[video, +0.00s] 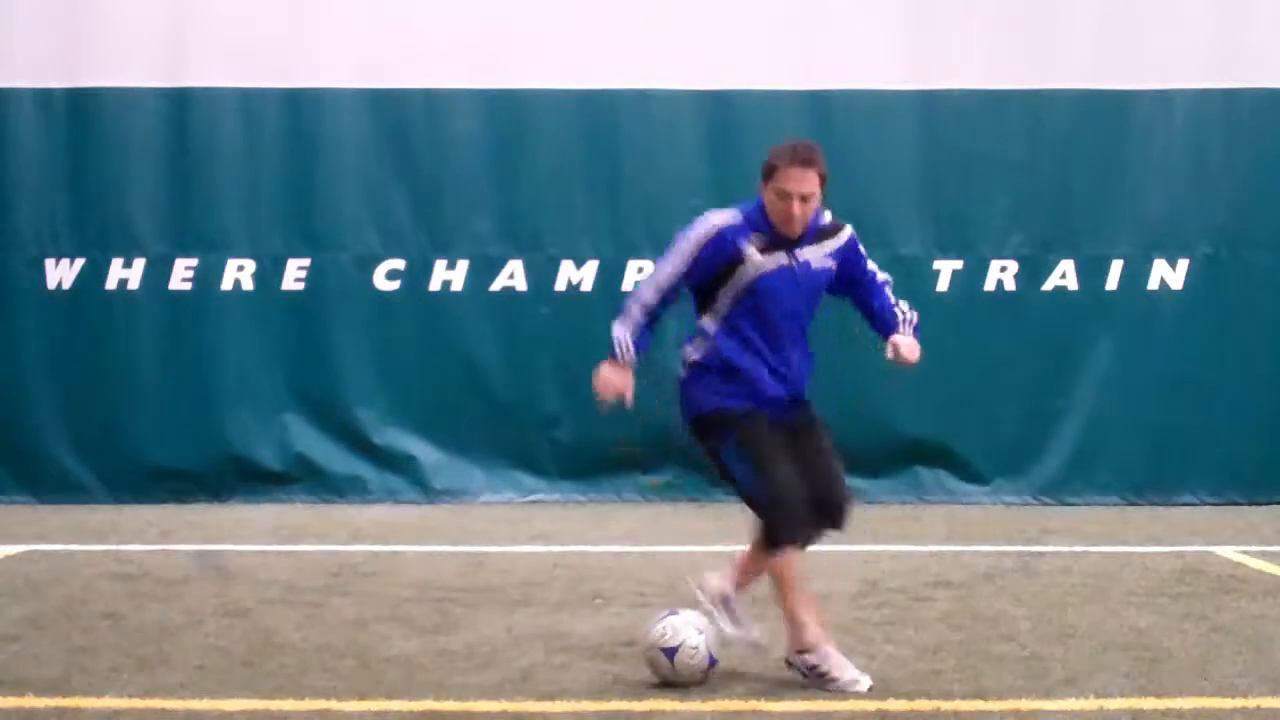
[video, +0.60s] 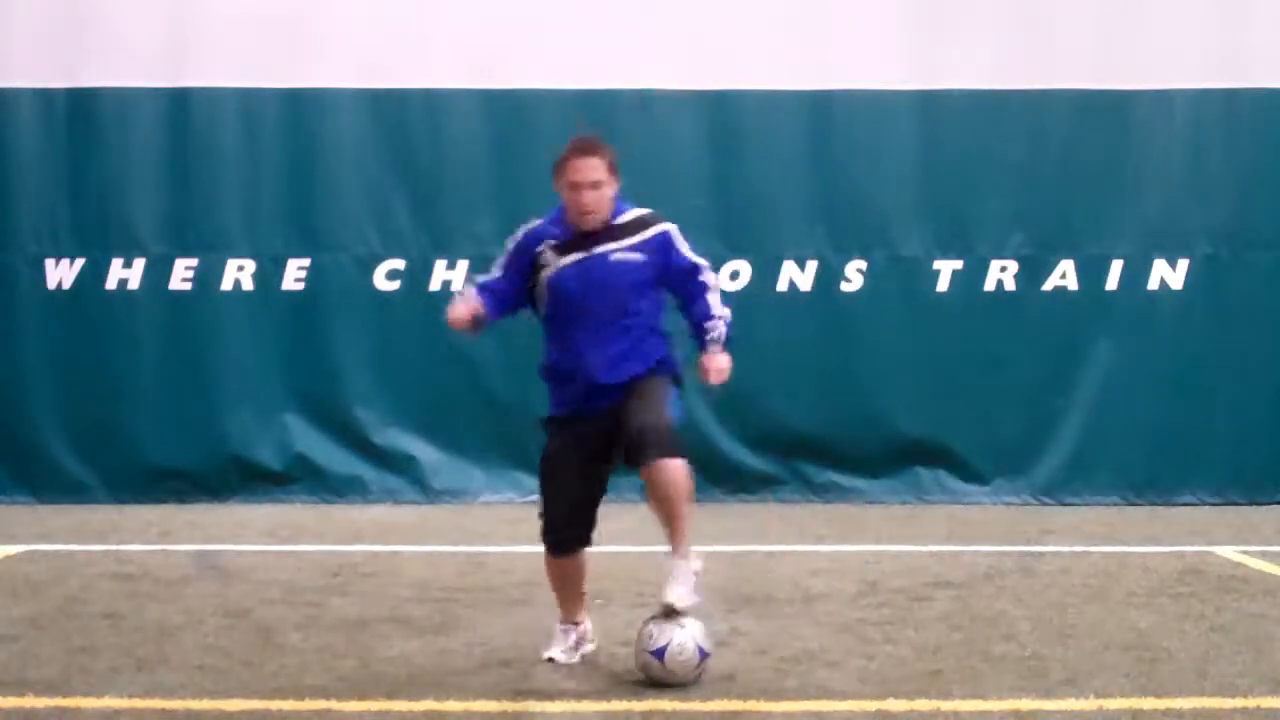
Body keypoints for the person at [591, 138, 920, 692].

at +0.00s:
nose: (796, 211)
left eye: (807, 199)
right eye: (784, 198)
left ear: (820, 196)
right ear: (763, 191)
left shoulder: (835, 238)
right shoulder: (722, 233)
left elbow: (870, 287)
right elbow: (654, 289)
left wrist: (899, 329)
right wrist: (622, 354)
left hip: (785, 396)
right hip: (722, 395)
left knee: (824, 504)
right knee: (784, 507)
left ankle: (726, 585)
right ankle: (808, 647)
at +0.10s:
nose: (778, 197)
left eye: (790, 185)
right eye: (768, 183)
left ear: (806, 183)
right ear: (749, 177)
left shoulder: (820, 227)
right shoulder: (708, 219)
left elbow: (859, 288)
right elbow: (642, 269)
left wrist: (886, 341)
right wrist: (623, 342)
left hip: (770, 391)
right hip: (698, 388)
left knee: (780, 511)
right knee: (718, 504)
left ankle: (783, 626)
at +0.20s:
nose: (743, 200)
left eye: (754, 189)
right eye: (733, 188)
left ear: (773, 190)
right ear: (717, 187)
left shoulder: (797, 241)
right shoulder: (682, 235)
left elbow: (832, 306)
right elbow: (631, 291)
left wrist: (850, 354)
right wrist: (624, 336)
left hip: (755, 409)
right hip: (678, 403)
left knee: (770, 528)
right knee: (650, 497)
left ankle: (775, 637)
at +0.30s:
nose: (700, 174)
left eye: (712, 165)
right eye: (691, 164)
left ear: (733, 168)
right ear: (676, 165)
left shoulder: (761, 213)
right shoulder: (645, 213)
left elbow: (787, 281)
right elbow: (602, 269)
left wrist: (795, 332)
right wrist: (595, 309)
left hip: (734, 394)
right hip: (655, 387)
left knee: (760, 515)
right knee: (597, 489)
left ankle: (776, 630)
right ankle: (545, 611)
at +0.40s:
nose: (658, 159)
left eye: (669, 148)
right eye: (648, 149)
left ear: (691, 147)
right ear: (633, 150)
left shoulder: (725, 197)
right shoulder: (606, 202)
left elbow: (753, 261)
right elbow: (561, 262)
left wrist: (761, 322)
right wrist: (552, 309)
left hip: (706, 370)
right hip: (626, 373)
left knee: (741, 473)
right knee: (579, 482)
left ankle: (754, 575)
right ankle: (564, 603)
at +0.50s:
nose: (620, 180)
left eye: (631, 168)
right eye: (609, 170)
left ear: (651, 168)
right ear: (593, 173)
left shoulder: (685, 215)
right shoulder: (569, 225)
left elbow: (723, 271)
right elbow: (525, 279)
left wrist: (732, 328)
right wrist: (510, 318)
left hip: (672, 373)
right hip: (599, 389)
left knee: (705, 443)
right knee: (576, 516)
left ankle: (706, 561)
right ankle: (574, 624)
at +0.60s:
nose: (585, 197)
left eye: (595, 185)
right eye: (574, 187)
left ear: (614, 186)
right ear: (559, 190)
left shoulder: (650, 232)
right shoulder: (537, 243)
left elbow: (699, 286)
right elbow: (502, 289)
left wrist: (714, 341)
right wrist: (476, 304)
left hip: (642, 382)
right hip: (574, 400)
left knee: (656, 445)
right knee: (561, 527)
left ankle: (682, 560)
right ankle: (574, 627)